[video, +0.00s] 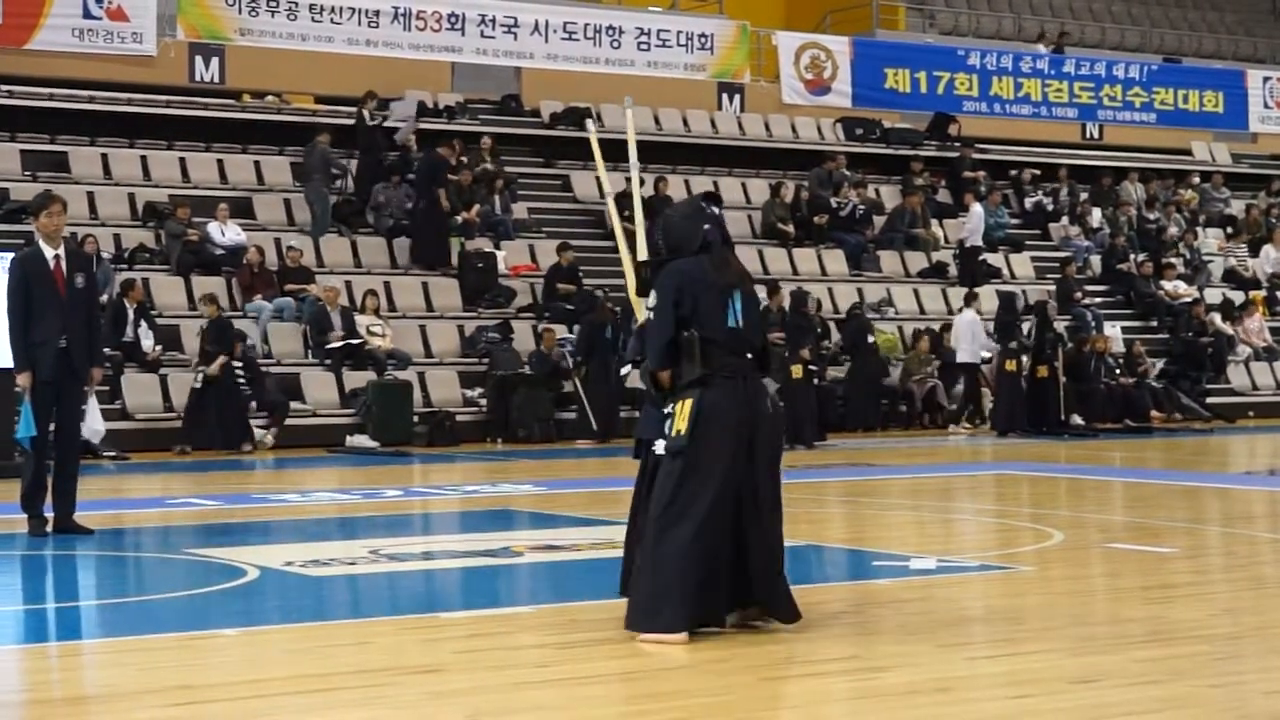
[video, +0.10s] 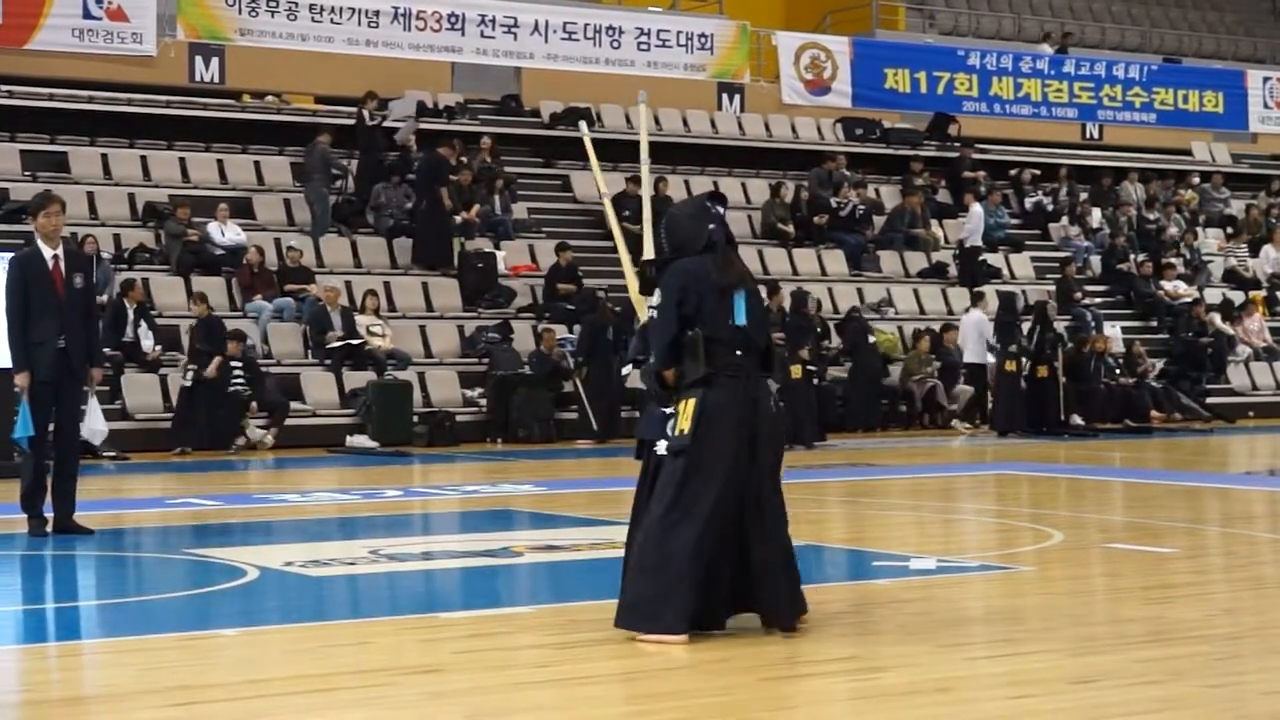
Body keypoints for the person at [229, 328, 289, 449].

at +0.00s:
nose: (237, 348)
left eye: (239, 345)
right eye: (234, 345)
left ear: (243, 345)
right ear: (229, 345)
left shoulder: (249, 361)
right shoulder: (223, 363)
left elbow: (258, 380)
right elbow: (225, 386)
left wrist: (256, 399)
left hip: (252, 395)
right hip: (235, 398)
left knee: (282, 403)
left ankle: (271, 434)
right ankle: (247, 437)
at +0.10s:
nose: (227, 347)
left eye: (230, 343)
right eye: (227, 343)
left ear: (239, 345)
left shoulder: (249, 361)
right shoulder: (223, 362)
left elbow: (258, 382)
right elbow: (220, 384)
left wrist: (255, 399)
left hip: (250, 396)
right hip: (232, 397)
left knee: (281, 404)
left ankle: (270, 435)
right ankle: (248, 432)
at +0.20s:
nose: (226, 346)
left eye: (229, 343)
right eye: (225, 343)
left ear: (239, 345)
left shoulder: (250, 361)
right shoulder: (222, 362)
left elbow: (258, 382)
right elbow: (220, 383)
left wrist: (256, 400)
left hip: (250, 395)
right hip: (232, 394)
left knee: (282, 404)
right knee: (236, 403)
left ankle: (270, 436)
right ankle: (249, 429)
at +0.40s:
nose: (230, 348)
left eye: (233, 344)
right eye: (228, 344)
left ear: (241, 345)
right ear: (225, 344)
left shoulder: (249, 361)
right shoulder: (220, 361)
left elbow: (258, 382)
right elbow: (216, 386)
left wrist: (254, 399)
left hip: (249, 395)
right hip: (229, 396)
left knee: (282, 404)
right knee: (236, 401)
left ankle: (270, 436)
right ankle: (248, 428)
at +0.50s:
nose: (240, 348)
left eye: (241, 344)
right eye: (236, 344)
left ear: (243, 345)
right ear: (228, 345)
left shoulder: (250, 361)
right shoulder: (220, 363)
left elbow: (258, 382)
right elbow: (215, 388)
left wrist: (254, 399)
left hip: (250, 397)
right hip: (229, 398)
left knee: (282, 404)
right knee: (236, 399)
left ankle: (270, 436)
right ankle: (249, 429)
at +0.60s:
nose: (245, 348)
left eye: (245, 345)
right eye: (241, 345)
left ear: (247, 346)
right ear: (230, 347)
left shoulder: (250, 362)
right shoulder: (220, 363)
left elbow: (259, 383)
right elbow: (217, 390)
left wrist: (255, 399)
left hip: (251, 396)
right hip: (230, 398)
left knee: (282, 404)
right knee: (235, 398)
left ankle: (271, 436)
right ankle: (249, 428)